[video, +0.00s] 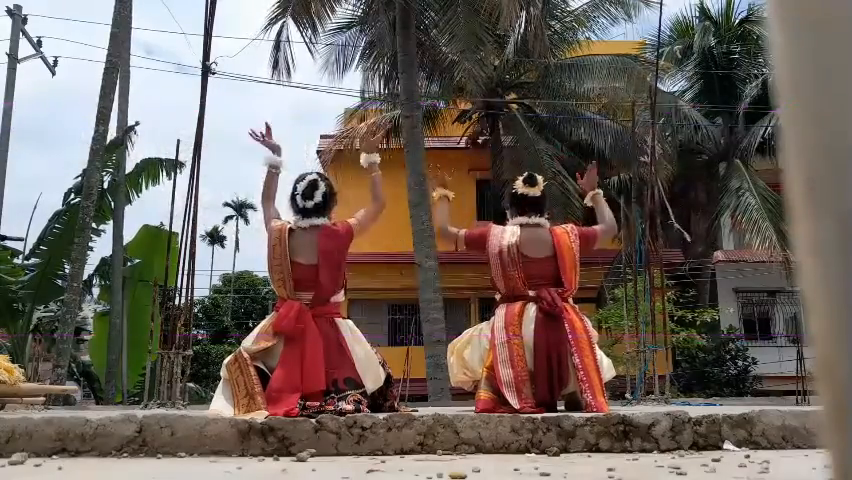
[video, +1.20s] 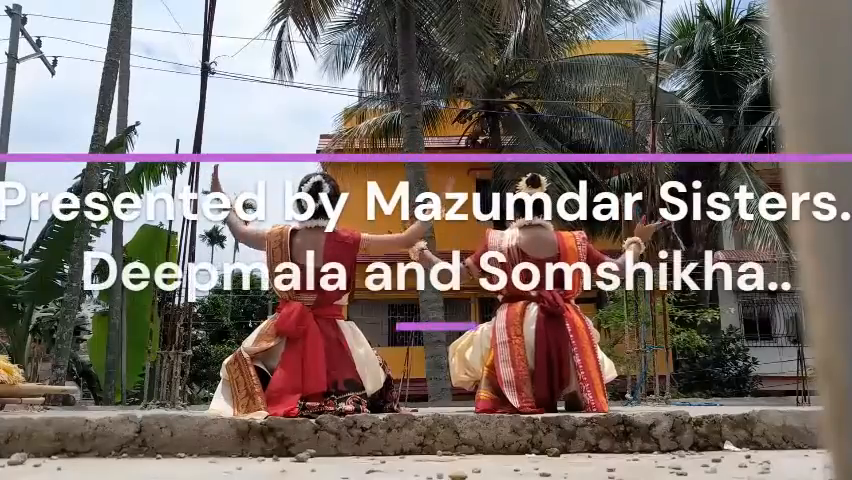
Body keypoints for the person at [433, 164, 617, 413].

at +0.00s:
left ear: (511, 207)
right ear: (544, 207)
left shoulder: (495, 236)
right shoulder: (566, 235)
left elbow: (444, 233)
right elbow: (610, 226)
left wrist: (441, 197)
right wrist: (596, 196)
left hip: (512, 323)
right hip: (561, 321)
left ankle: (490, 393)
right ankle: (575, 394)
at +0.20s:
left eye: (507, 208)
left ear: (509, 210)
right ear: (545, 208)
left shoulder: (495, 238)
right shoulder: (568, 237)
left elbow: (443, 241)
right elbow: (614, 234)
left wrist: (430, 204)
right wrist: (606, 198)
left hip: (512, 324)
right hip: (561, 322)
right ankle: (577, 402)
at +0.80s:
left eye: (515, 204)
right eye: (537, 202)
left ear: (511, 209)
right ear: (547, 207)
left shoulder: (494, 240)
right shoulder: (569, 238)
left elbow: (442, 252)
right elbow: (619, 245)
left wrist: (426, 226)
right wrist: (616, 216)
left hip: (512, 328)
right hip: (563, 326)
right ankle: (578, 395)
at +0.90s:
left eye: (522, 201)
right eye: (536, 201)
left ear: (511, 206)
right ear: (547, 205)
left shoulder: (493, 240)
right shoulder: (570, 240)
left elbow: (452, 260)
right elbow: (620, 253)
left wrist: (423, 239)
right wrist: (624, 227)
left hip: (511, 330)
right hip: (565, 327)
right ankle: (578, 400)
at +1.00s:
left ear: (512, 207)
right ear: (548, 207)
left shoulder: (495, 241)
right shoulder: (571, 240)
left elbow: (449, 265)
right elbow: (617, 260)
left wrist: (419, 244)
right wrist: (633, 239)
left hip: (513, 330)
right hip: (565, 328)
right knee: (578, 403)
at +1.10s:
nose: (528, 213)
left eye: (526, 205)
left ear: (513, 206)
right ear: (548, 204)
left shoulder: (499, 240)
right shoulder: (572, 239)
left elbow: (462, 265)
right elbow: (609, 266)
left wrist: (427, 253)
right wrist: (637, 238)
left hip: (512, 317)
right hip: (565, 316)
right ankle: (581, 402)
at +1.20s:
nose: (526, 210)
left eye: (524, 204)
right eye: (529, 203)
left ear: (513, 207)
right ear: (549, 207)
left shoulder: (496, 242)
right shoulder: (573, 243)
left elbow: (461, 274)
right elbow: (615, 271)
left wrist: (428, 258)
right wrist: (635, 243)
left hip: (512, 325)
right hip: (567, 326)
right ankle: (578, 397)